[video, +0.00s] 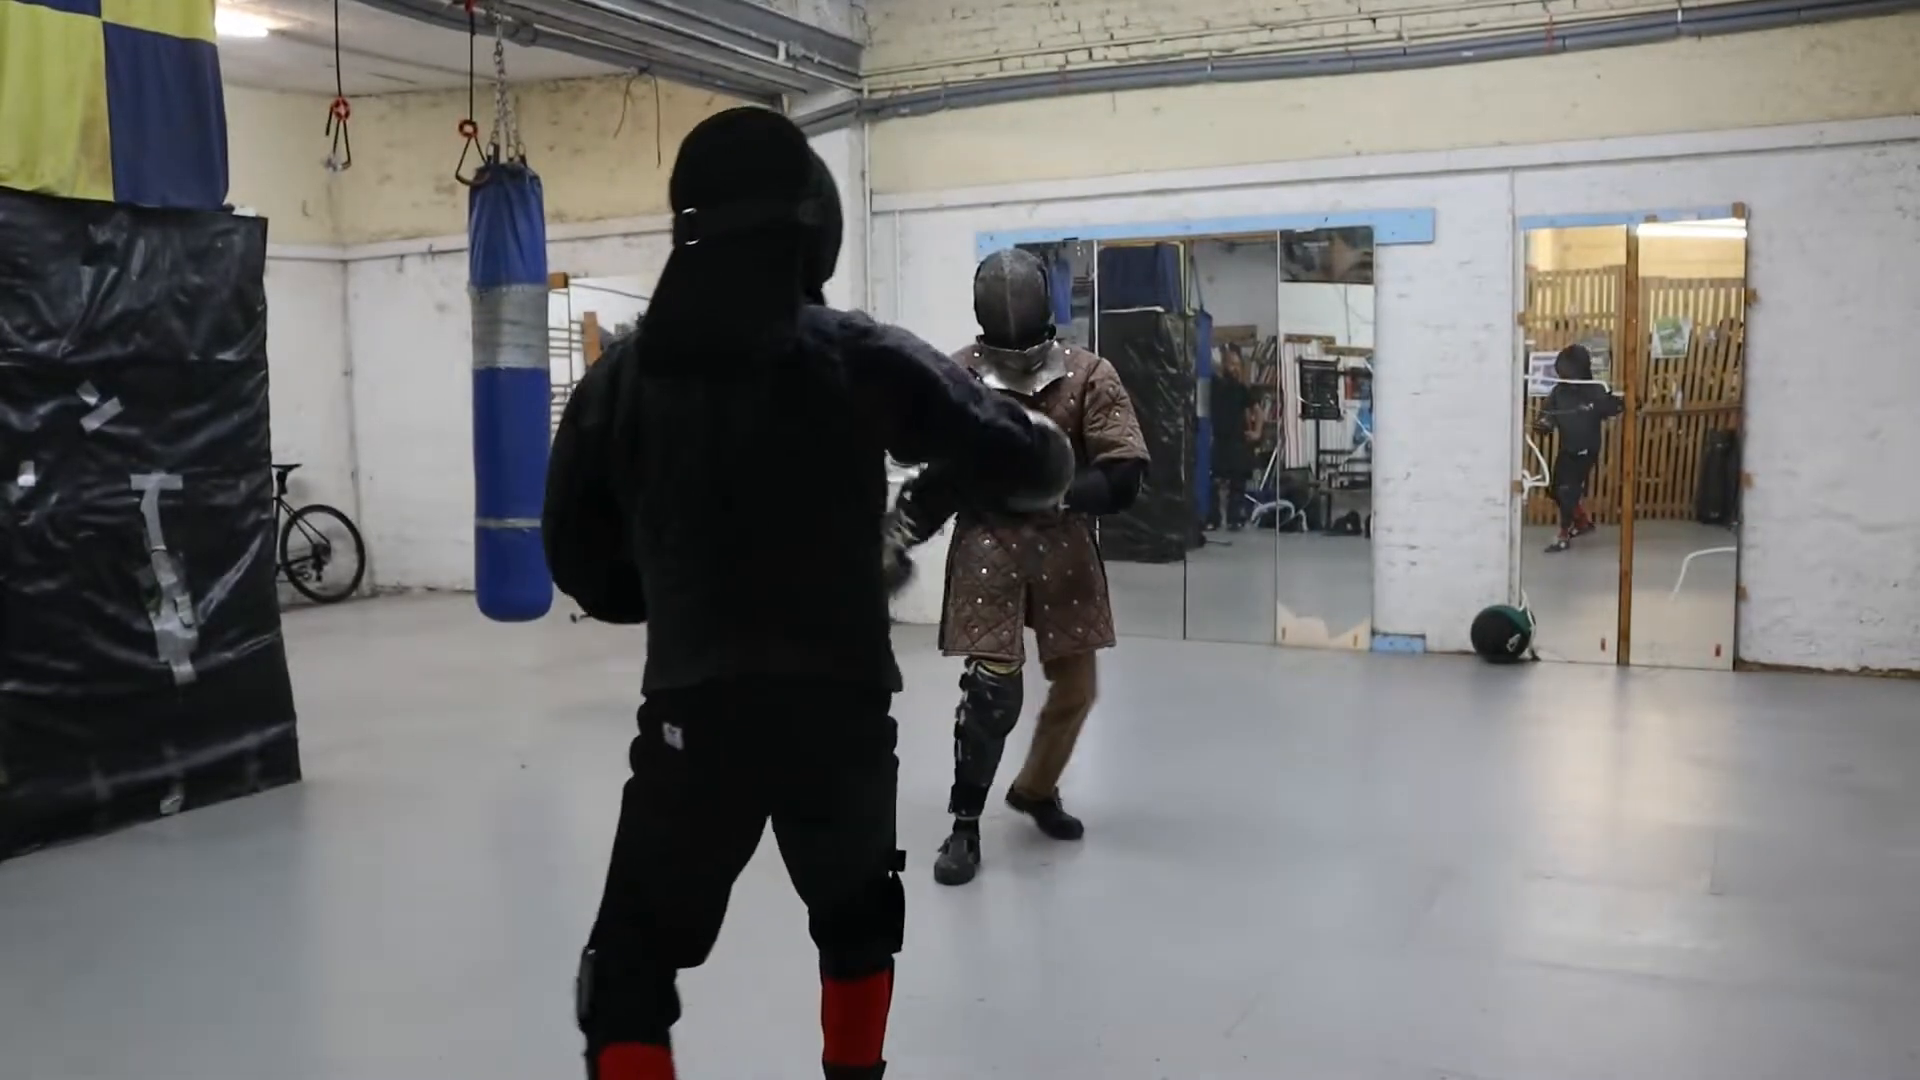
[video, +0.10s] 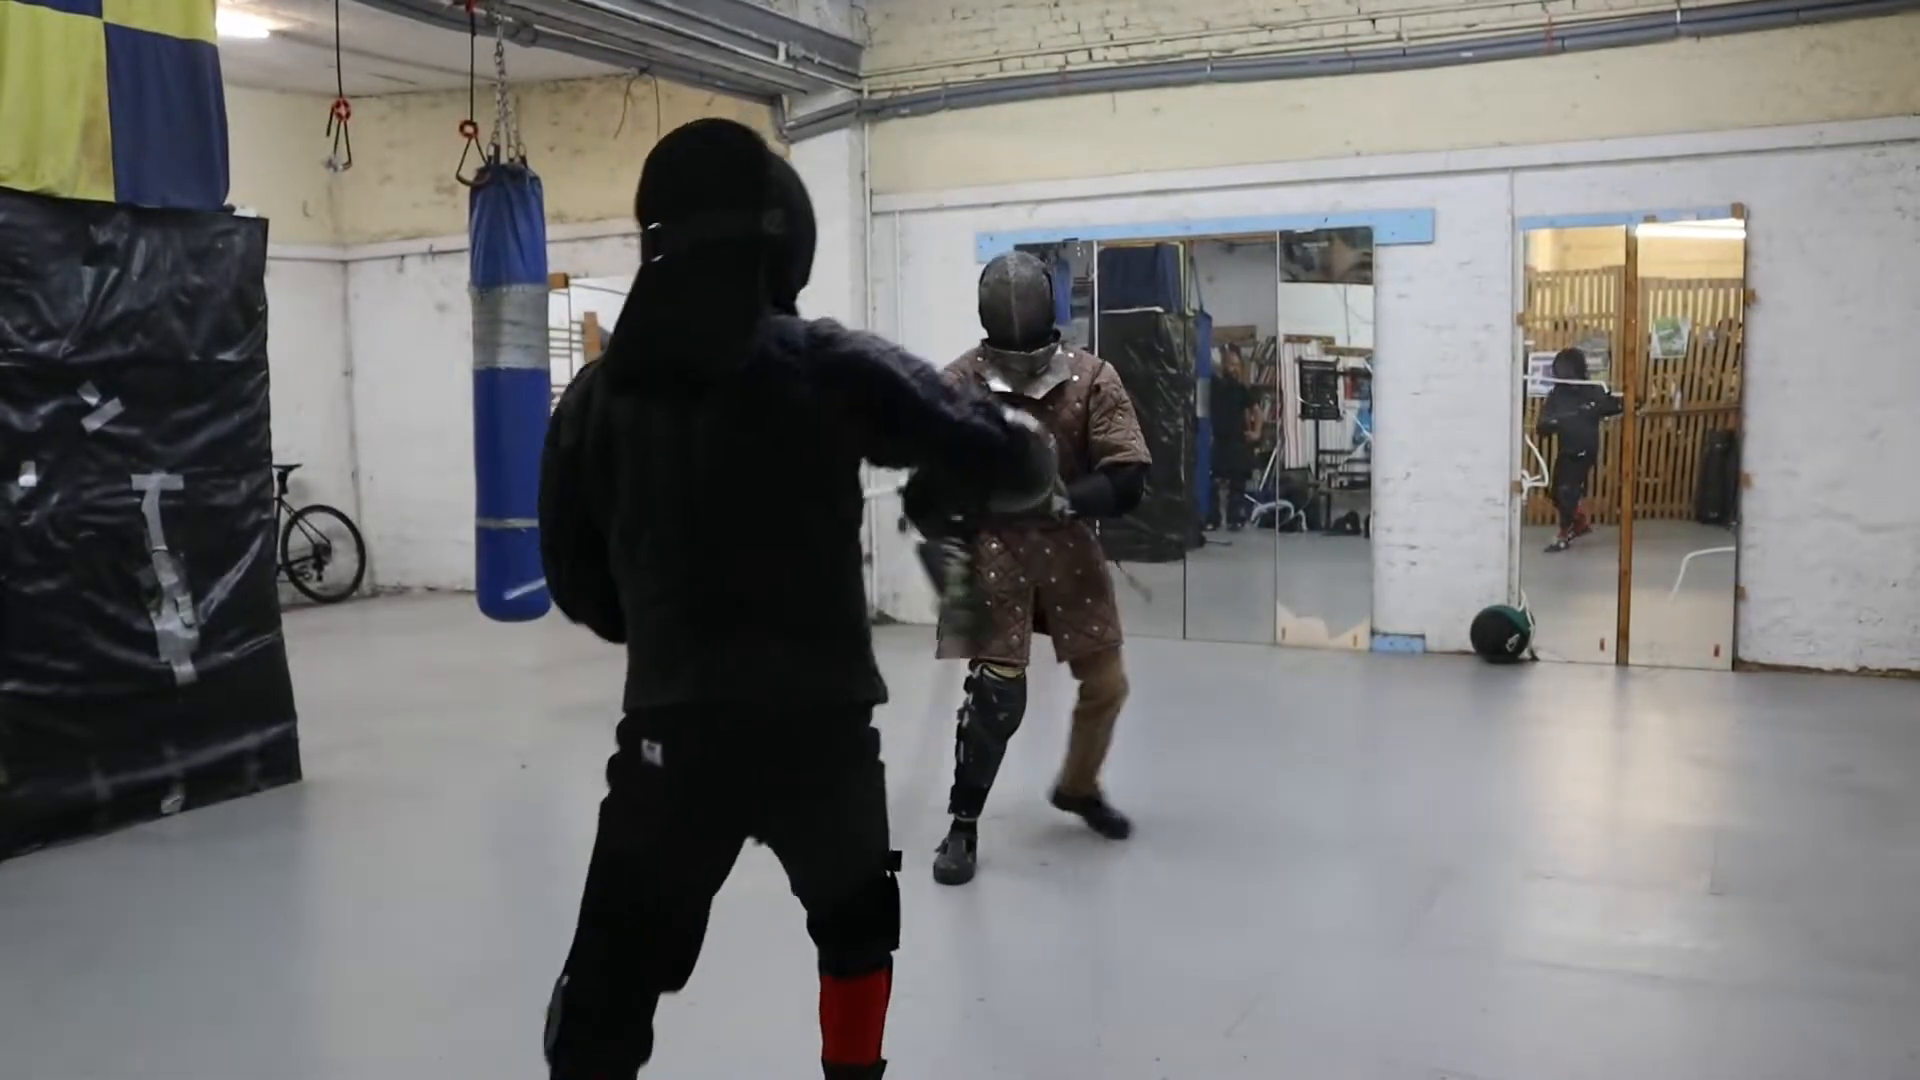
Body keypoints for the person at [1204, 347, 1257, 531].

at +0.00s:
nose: (1232, 368)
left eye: (1235, 364)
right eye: (1228, 363)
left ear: (1241, 365)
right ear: (1222, 364)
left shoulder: (1243, 388)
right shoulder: (1214, 385)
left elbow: (1257, 410)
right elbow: (1207, 409)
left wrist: (1256, 432)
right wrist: (1208, 430)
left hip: (1238, 438)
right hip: (1218, 437)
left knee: (1237, 480)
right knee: (1214, 479)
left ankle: (1234, 518)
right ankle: (1213, 517)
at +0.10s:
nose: (1232, 368)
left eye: (1235, 364)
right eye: (1228, 364)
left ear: (1240, 365)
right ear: (1222, 365)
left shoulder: (1243, 389)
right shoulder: (1214, 386)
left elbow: (1256, 411)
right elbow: (1207, 410)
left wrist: (1256, 432)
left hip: (1238, 438)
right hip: (1217, 437)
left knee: (1237, 480)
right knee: (1213, 479)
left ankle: (1234, 518)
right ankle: (1213, 517)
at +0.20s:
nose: (1233, 369)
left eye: (1236, 364)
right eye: (1229, 365)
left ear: (1241, 366)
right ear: (1222, 365)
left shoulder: (1244, 389)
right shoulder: (1214, 387)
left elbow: (1256, 411)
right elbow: (1207, 410)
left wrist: (1256, 432)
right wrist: (1208, 432)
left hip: (1238, 438)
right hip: (1217, 437)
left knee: (1237, 480)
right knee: (1213, 479)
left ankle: (1234, 518)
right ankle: (1213, 517)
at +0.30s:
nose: (1231, 368)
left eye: (1235, 364)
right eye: (1228, 364)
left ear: (1240, 366)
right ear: (1222, 365)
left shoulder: (1243, 389)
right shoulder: (1214, 386)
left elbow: (1256, 411)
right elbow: (1206, 411)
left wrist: (1256, 432)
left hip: (1238, 438)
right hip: (1217, 437)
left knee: (1237, 480)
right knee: (1213, 479)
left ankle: (1234, 518)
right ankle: (1212, 517)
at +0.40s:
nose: (1232, 368)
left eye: (1235, 364)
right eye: (1228, 364)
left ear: (1240, 365)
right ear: (1222, 365)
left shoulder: (1243, 389)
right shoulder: (1214, 387)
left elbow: (1256, 411)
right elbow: (1207, 411)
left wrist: (1256, 432)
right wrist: (1208, 430)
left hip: (1238, 437)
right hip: (1217, 437)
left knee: (1237, 480)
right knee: (1214, 479)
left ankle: (1234, 518)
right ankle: (1213, 517)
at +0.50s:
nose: (1232, 368)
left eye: (1235, 364)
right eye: (1228, 364)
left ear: (1240, 365)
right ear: (1222, 365)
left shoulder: (1243, 389)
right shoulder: (1215, 386)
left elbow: (1256, 411)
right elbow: (1208, 410)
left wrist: (1256, 432)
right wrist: (1210, 428)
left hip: (1239, 439)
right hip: (1217, 437)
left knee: (1237, 482)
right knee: (1214, 480)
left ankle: (1233, 519)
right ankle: (1212, 517)